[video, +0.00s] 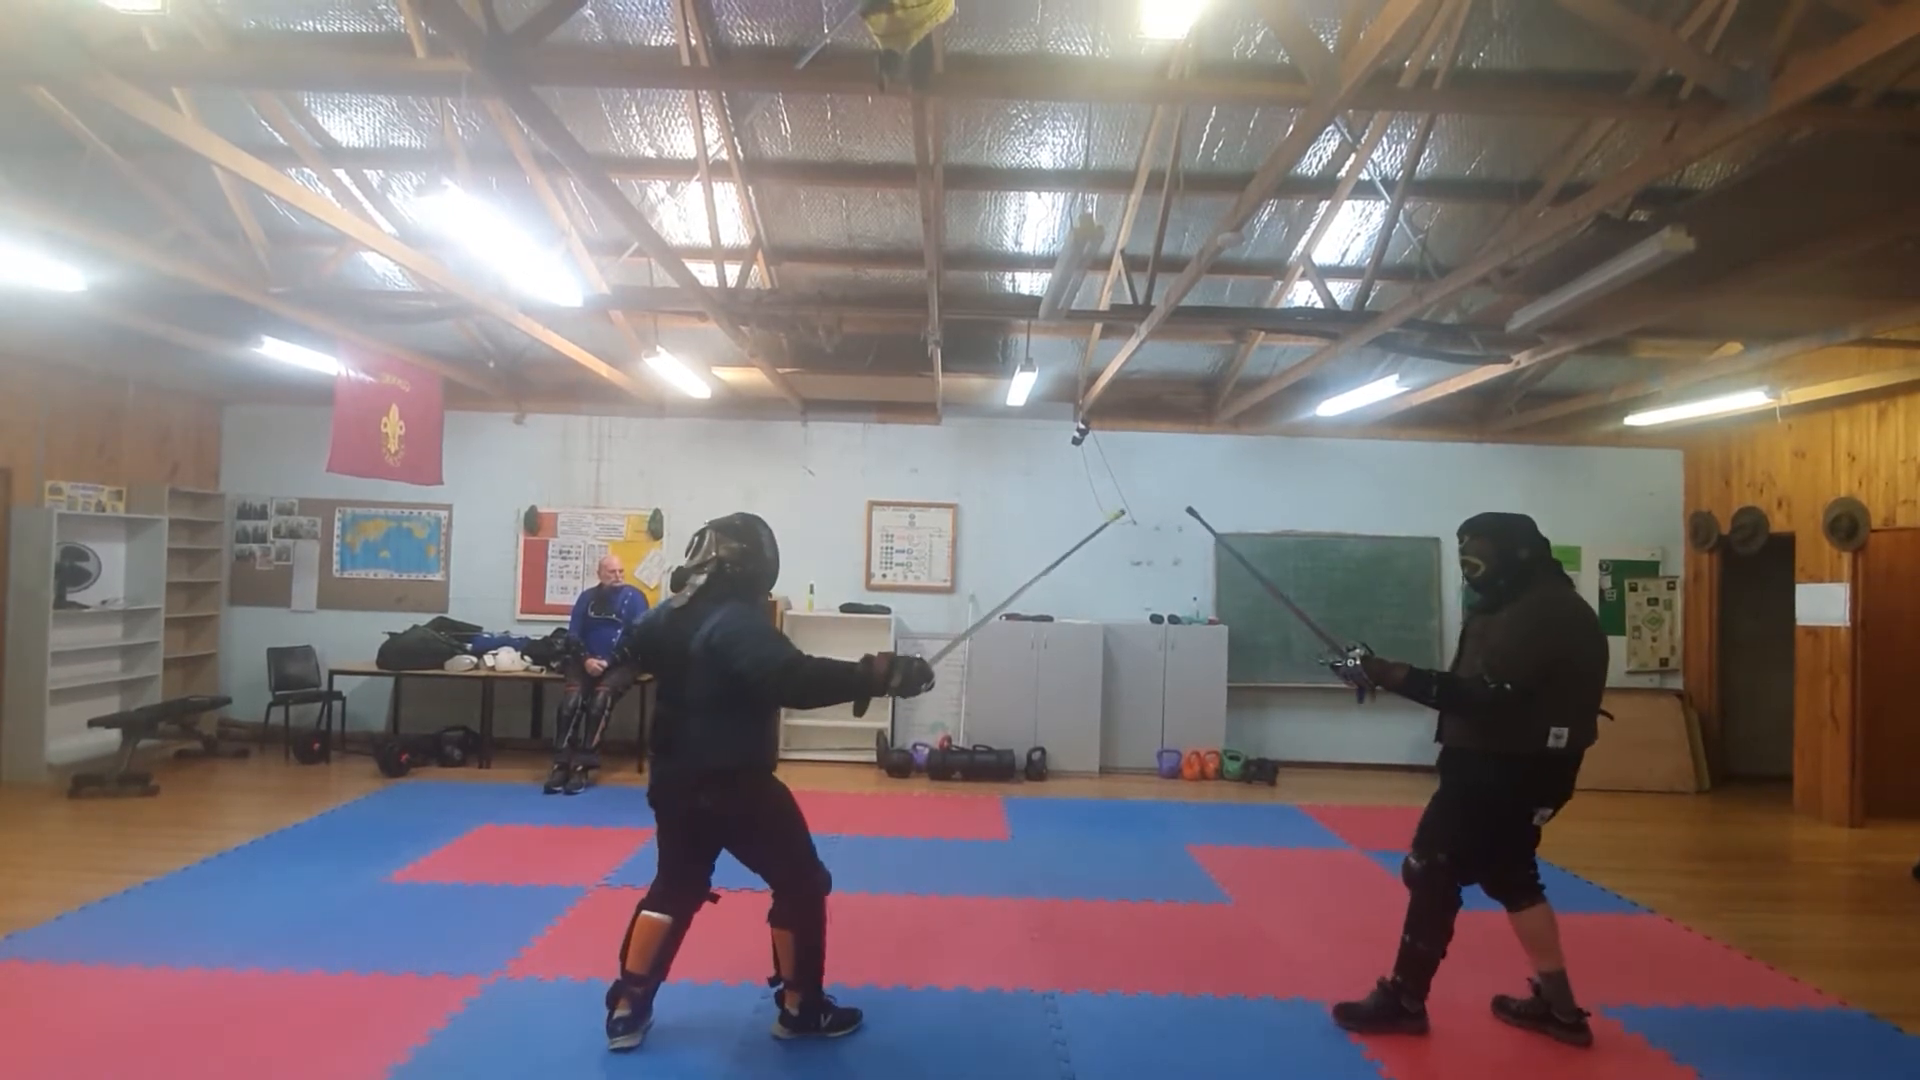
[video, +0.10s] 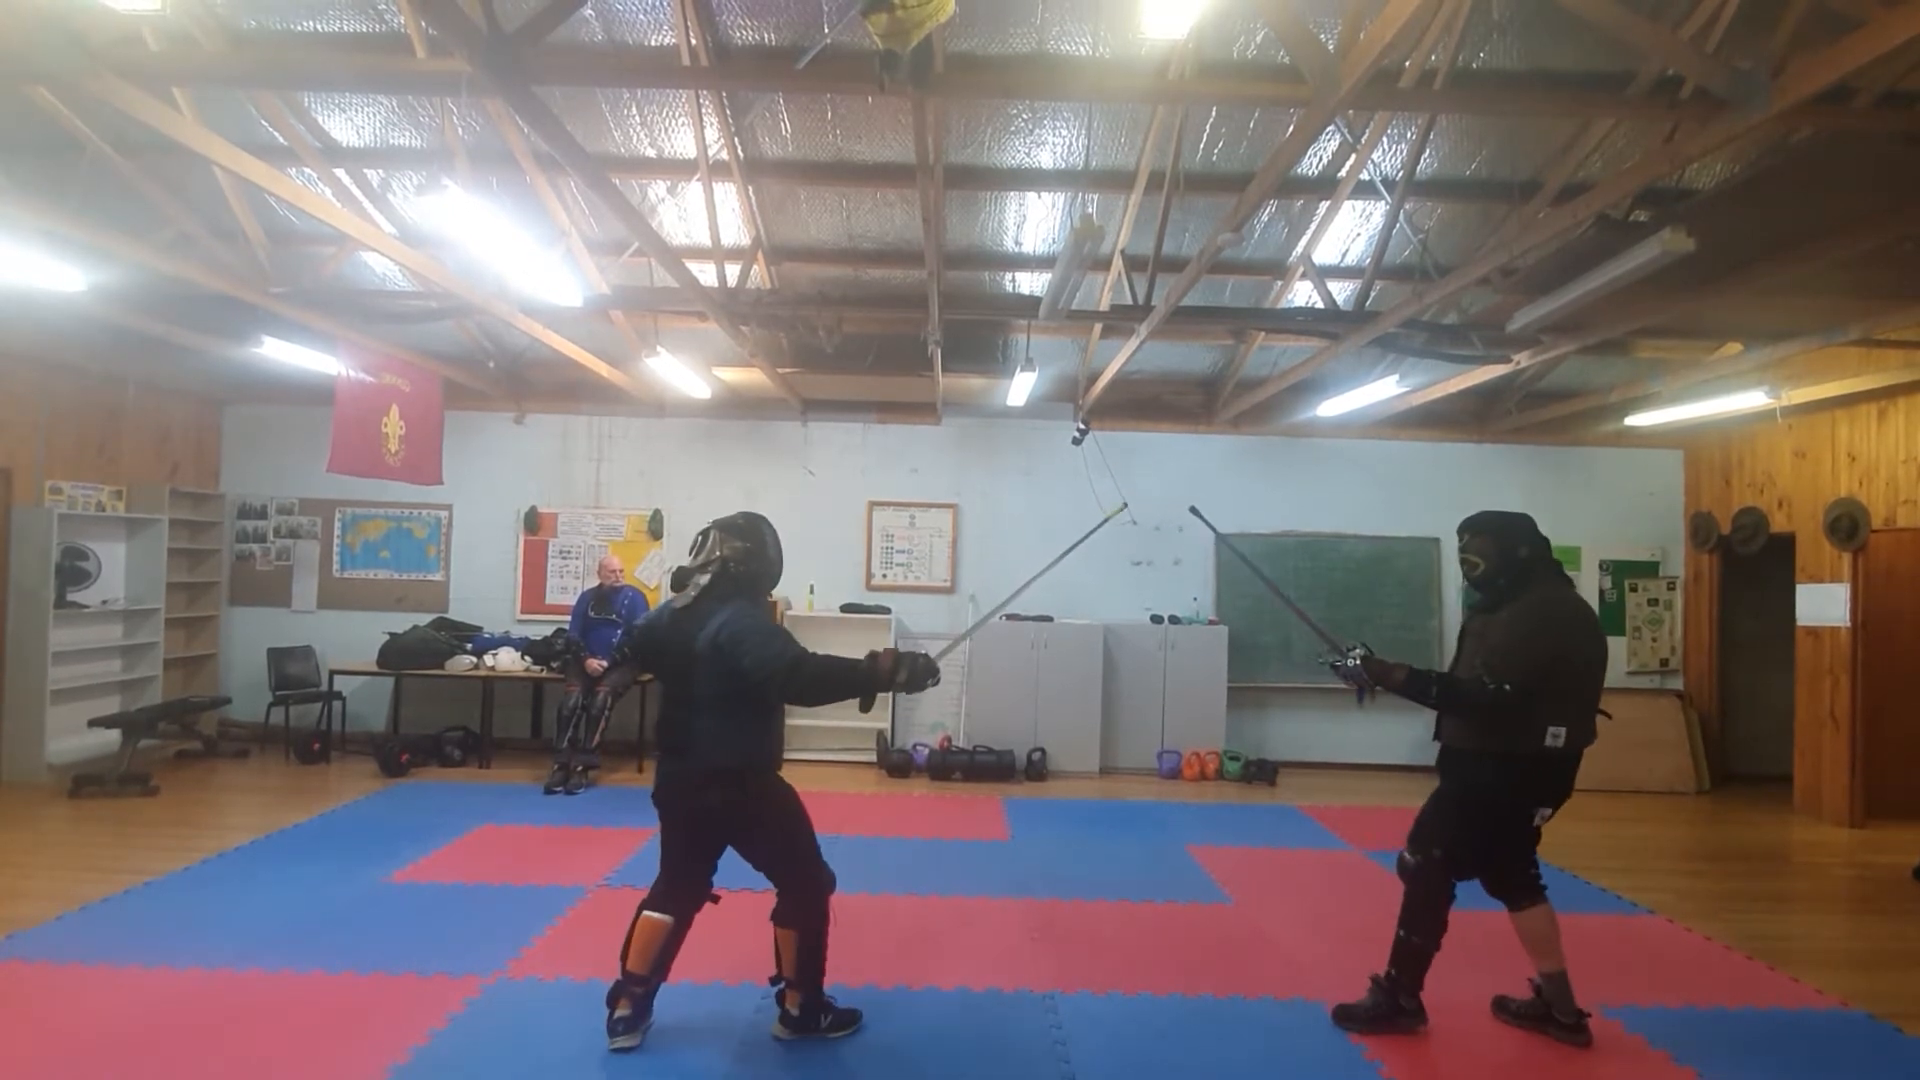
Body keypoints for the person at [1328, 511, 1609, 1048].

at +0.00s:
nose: (1468, 572)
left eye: (1478, 561)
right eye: (1465, 561)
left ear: (1515, 558)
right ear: (1523, 560)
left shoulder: (1529, 615)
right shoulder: (1568, 611)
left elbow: (1484, 697)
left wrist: (1397, 676)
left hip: (1492, 771)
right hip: (1526, 772)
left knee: (1432, 869)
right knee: (1513, 876)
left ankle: (1404, 998)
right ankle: (1558, 1002)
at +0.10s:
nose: (1468, 569)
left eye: (1477, 558)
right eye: (1464, 559)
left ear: (1516, 555)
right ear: (1520, 558)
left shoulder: (1531, 613)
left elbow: (1489, 698)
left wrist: (1396, 677)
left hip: (1494, 771)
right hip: (1524, 771)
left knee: (1428, 863)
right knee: (1515, 877)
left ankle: (1400, 995)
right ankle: (1559, 1003)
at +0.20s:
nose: (1463, 569)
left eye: (1472, 557)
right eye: (1459, 558)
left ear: (1510, 553)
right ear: (1513, 557)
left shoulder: (1531, 612)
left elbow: (1484, 698)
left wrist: (1391, 675)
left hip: (1492, 767)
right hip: (1528, 768)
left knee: (1414, 851)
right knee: (1516, 873)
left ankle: (1388, 984)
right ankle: (1559, 1004)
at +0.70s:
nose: (1403, 570)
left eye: (1411, 559)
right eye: (1401, 559)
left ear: (1446, 557)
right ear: (1459, 557)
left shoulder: (1457, 618)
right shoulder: (1501, 611)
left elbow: (1414, 700)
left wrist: (1319, 671)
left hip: (1422, 765)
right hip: (1465, 767)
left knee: (1357, 865)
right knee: (1454, 868)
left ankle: (1342, 997)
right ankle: (1543, 985)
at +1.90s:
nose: (1458, 571)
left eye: (1466, 559)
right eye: (1454, 561)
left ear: (1503, 555)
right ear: (1514, 557)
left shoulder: (1513, 615)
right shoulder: (1559, 612)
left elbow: (1475, 696)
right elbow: (1557, 716)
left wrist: (1383, 676)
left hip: (1477, 771)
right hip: (1517, 773)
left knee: (1423, 868)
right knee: (1502, 871)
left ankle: (1399, 995)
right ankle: (1554, 998)